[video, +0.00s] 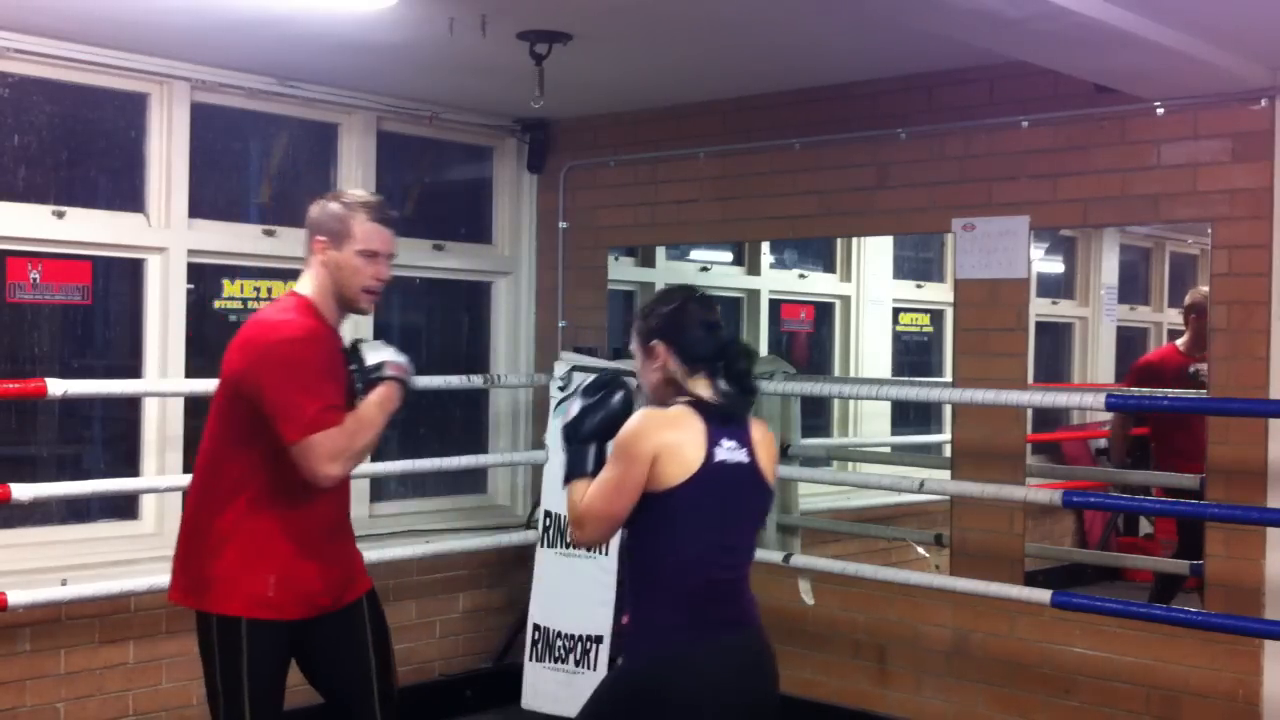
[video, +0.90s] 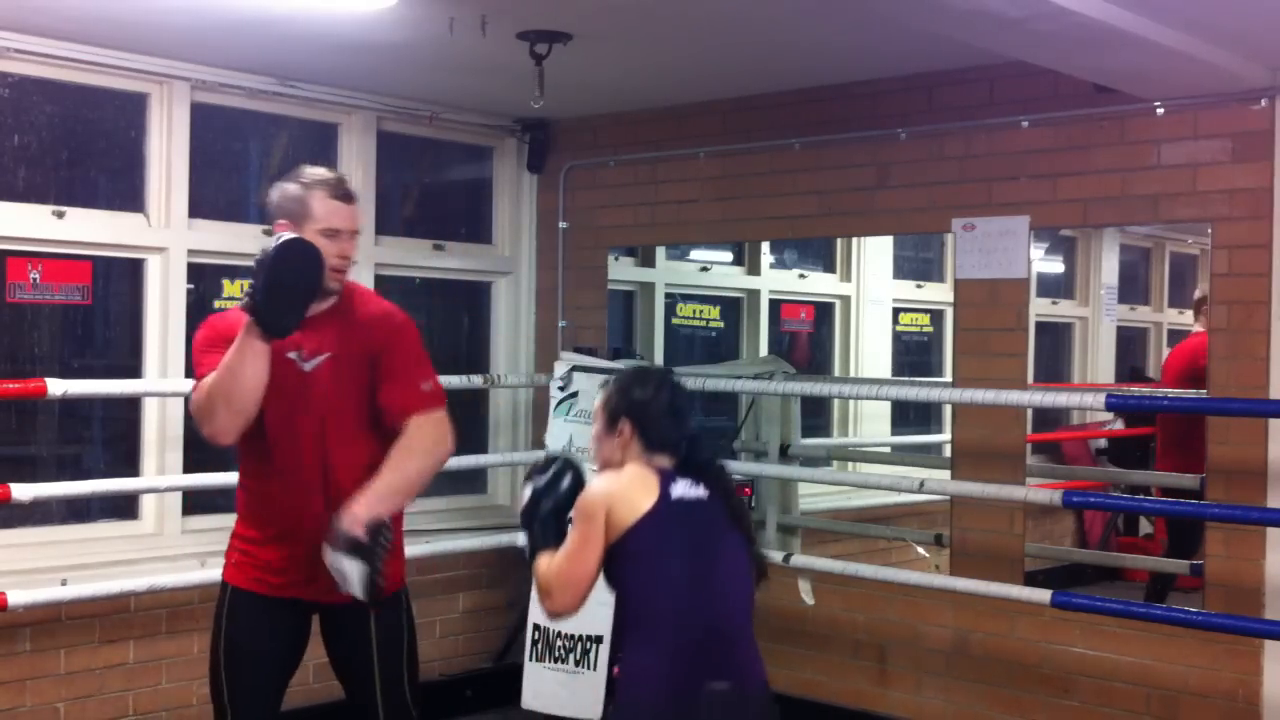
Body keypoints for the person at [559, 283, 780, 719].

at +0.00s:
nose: (638, 373)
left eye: (637, 360)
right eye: (634, 361)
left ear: (661, 355)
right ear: (712, 350)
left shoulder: (651, 427)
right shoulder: (762, 437)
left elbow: (585, 529)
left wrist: (580, 444)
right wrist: (631, 434)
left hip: (661, 665)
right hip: (744, 663)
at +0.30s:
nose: (637, 390)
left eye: (639, 375)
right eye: (637, 376)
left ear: (659, 371)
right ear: (715, 373)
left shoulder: (629, 443)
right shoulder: (761, 454)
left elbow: (575, 542)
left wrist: (577, 456)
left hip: (651, 684)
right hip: (742, 685)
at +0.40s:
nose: (598, 470)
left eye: (600, 458)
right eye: (598, 459)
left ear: (620, 458)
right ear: (667, 448)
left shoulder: (617, 516)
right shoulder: (731, 504)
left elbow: (579, 632)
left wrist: (558, 552)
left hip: (659, 705)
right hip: (741, 705)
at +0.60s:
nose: (559, 592)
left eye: (559, 581)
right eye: (556, 581)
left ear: (583, 583)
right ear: (631, 567)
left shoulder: (586, 634)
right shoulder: (689, 606)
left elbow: (566, 715)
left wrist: (532, 690)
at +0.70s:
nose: (567, 549)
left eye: (570, 536)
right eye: (566, 536)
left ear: (598, 537)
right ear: (644, 529)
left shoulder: (594, 594)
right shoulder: (696, 580)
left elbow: (555, 707)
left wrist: (531, 639)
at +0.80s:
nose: (581, 488)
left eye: (585, 475)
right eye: (581, 474)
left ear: (610, 477)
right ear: (657, 474)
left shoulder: (598, 534)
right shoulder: (706, 532)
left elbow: (554, 647)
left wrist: (537, 572)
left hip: (649, 709)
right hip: (734, 709)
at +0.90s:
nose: (591, 440)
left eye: (596, 425)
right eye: (592, 425)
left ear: (623, 432)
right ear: (672, 430)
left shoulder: (608, 490)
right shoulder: (714, 486)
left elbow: (558, 600)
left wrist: (542, 524)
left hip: (654, 698)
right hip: (741, 698)